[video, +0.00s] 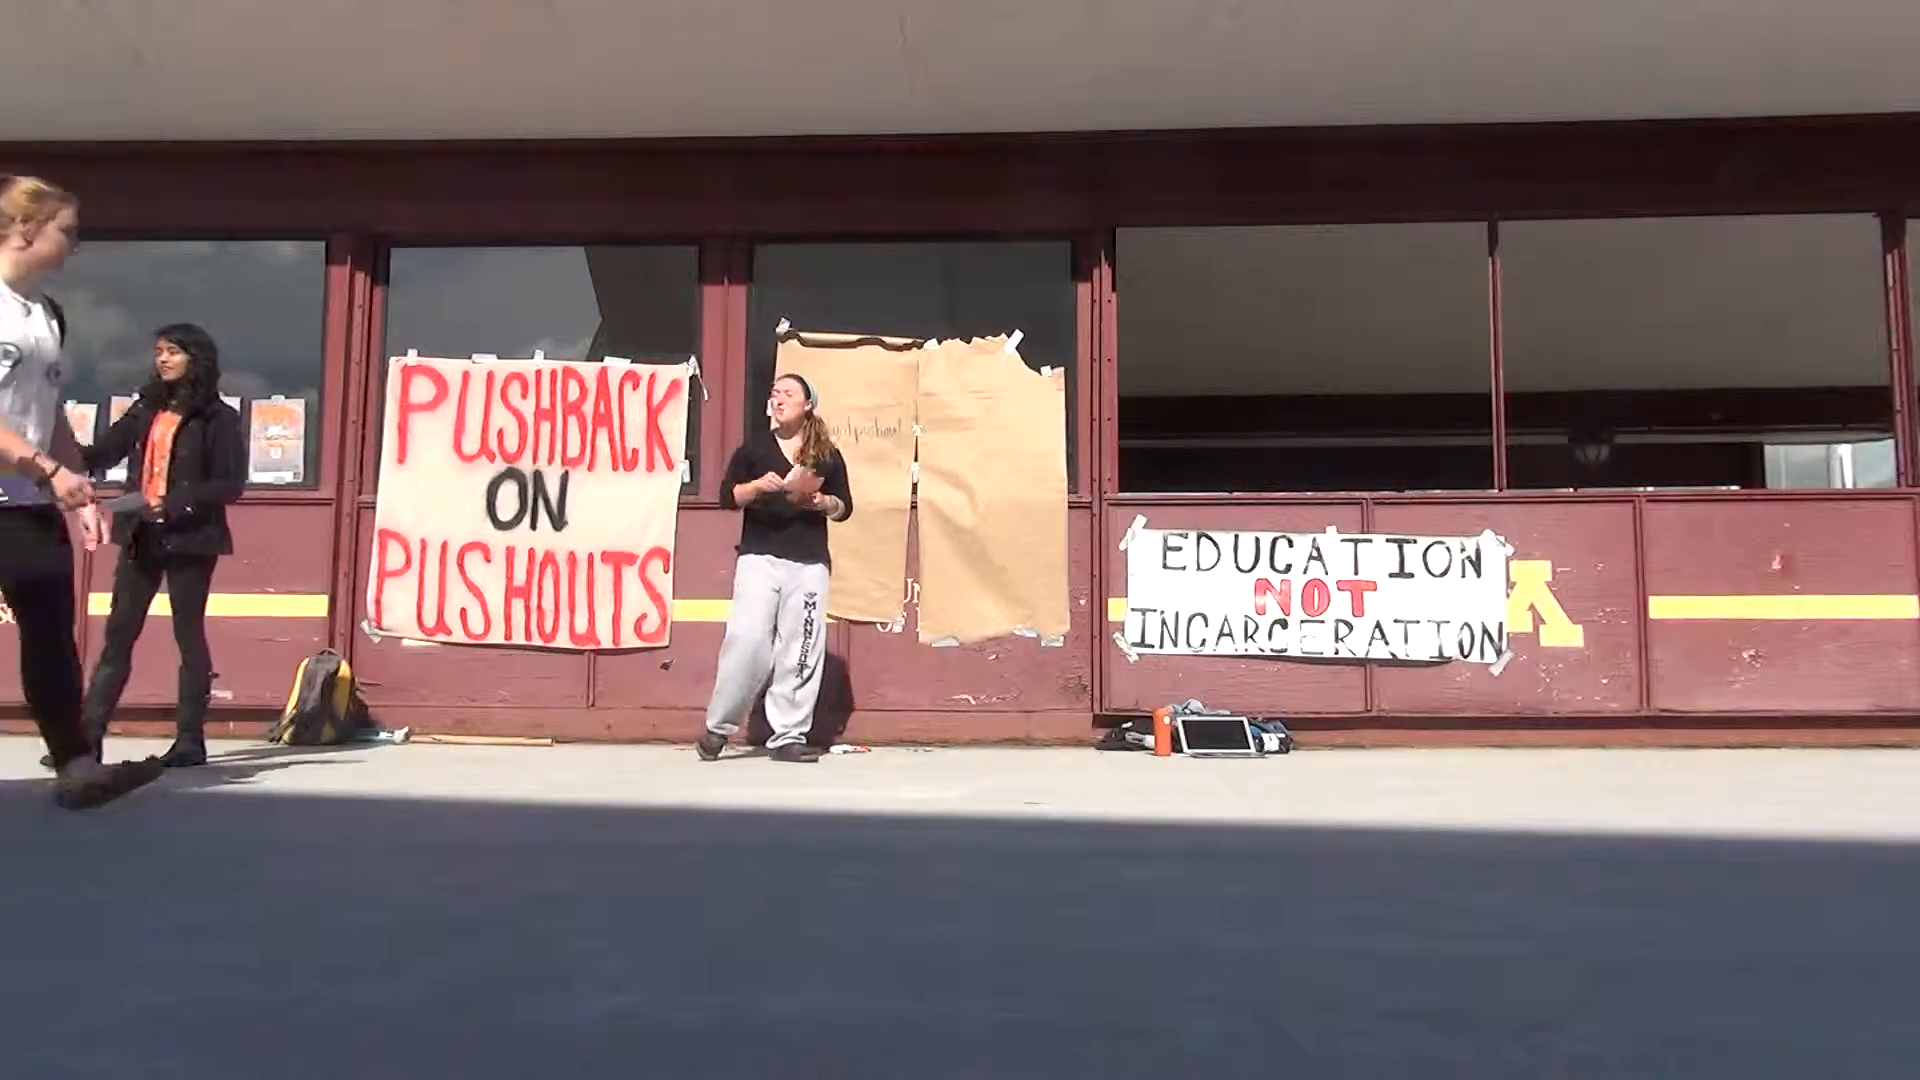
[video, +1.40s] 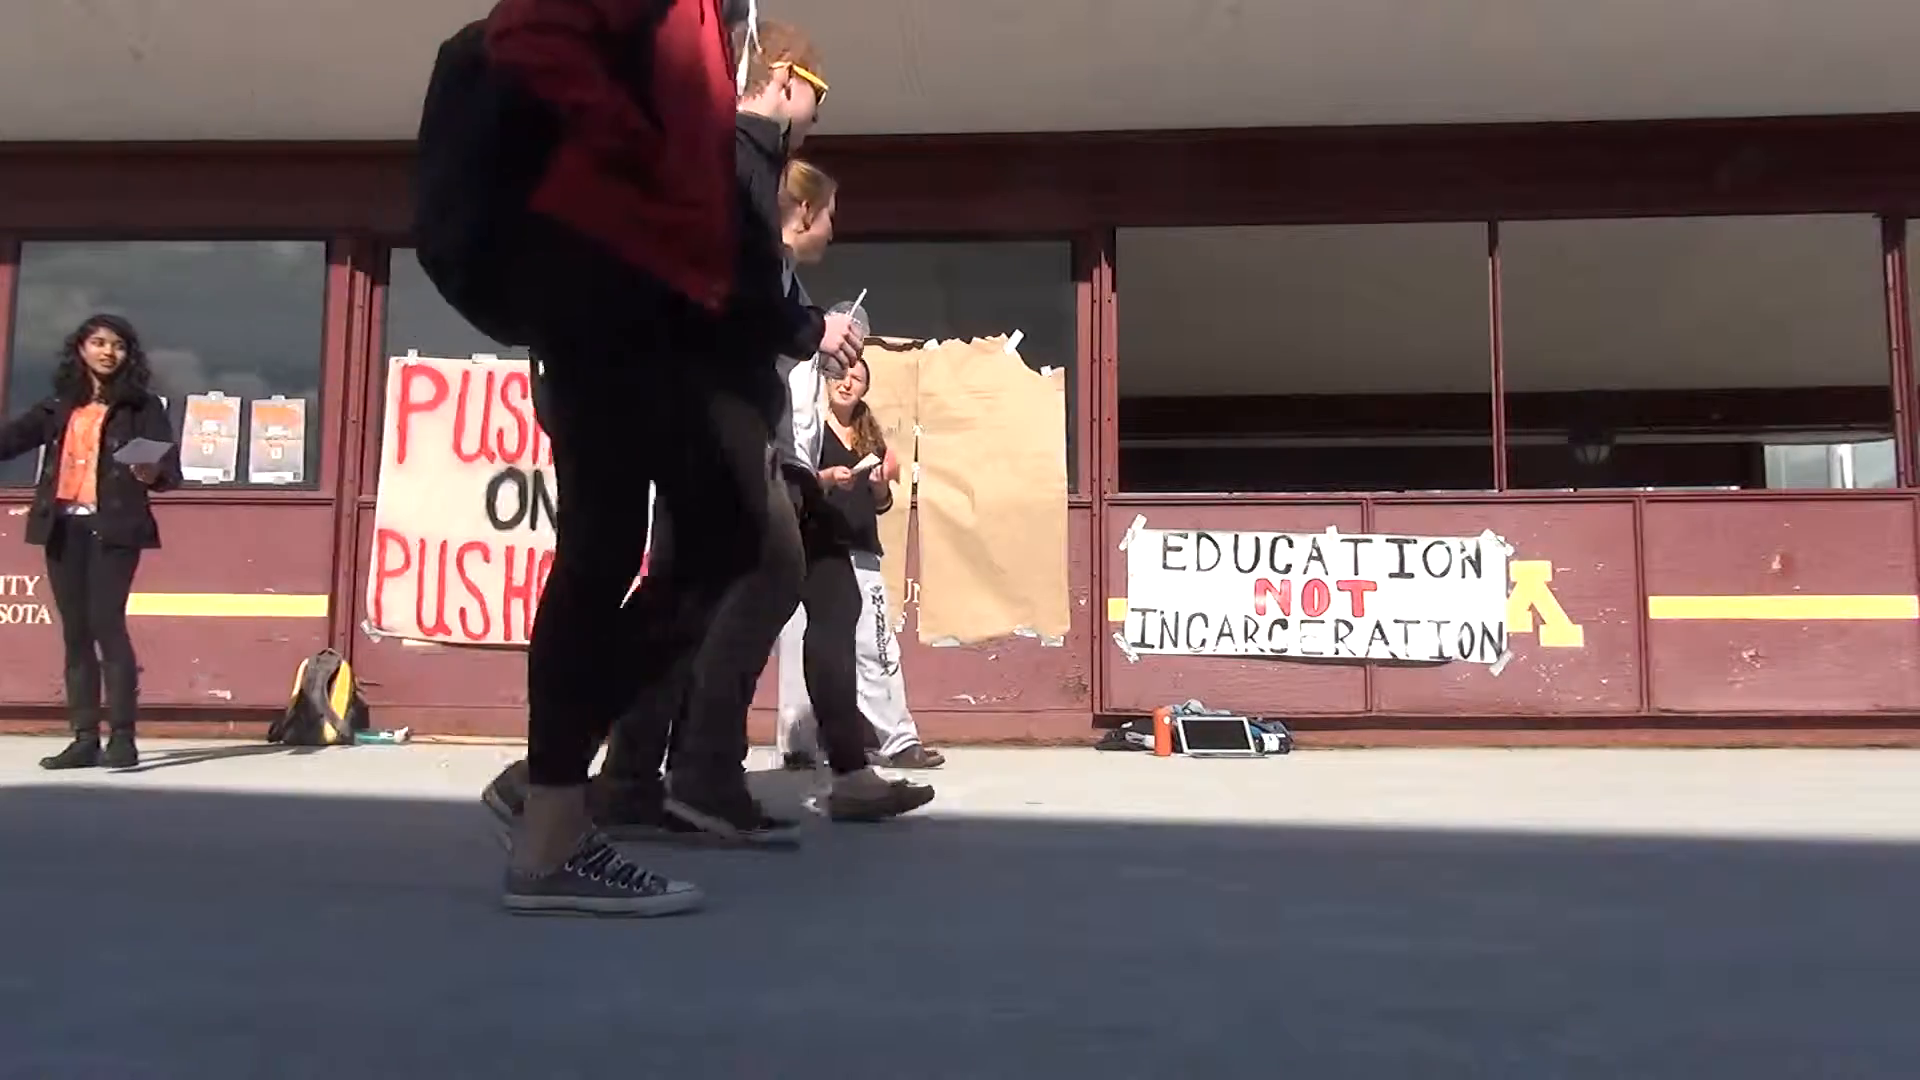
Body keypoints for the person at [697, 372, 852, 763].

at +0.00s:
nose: (776, 400)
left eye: (786, 394)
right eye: (773, 394)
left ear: (808, 406)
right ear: (769, 404)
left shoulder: (827, 454)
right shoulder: (753, 449)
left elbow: (844, 507)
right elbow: (727, 496)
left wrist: (827, 503)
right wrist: (758, 486)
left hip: (809, 562)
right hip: (759, 557)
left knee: (801, 647)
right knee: (748, 639)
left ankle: (788, 737)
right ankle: (719, 726)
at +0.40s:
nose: (808, 402)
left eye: (816, 395)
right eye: (801, 396)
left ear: (830, 402)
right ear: (791, 403)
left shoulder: (842, 450)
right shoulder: (775, 441)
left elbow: (851, 513)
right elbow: (765, 492)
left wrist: (842, 493)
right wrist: (769, 484)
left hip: (825, 557)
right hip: (780, 552)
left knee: (816, 647)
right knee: (784, 644)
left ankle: (796, 734)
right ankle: (784, 737)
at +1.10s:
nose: (820, 382)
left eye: (830, 379)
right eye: (815, 375)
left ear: (841, 391)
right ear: (803, 382)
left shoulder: (849, 438)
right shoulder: (776, 429)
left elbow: (858, 504)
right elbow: (764, 482)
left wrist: (859, 487)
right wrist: (795, 476)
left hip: (842, 555)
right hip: (791, 551)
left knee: (855, 646)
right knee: (793, 649)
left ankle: (840, 737)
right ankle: (795, 743)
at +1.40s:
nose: (847, 382)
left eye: (856, 377)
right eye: (841, 374)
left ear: (866, 388)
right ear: (827, 381)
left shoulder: (870, 434)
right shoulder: (808, 428)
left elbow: (881, 504)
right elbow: (788, 479)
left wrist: (879, 484)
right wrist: (822, 478)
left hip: (861, 552)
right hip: (811, 550)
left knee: (875, 647)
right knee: (800, 652)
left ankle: (897, 739)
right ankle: (801, 746)